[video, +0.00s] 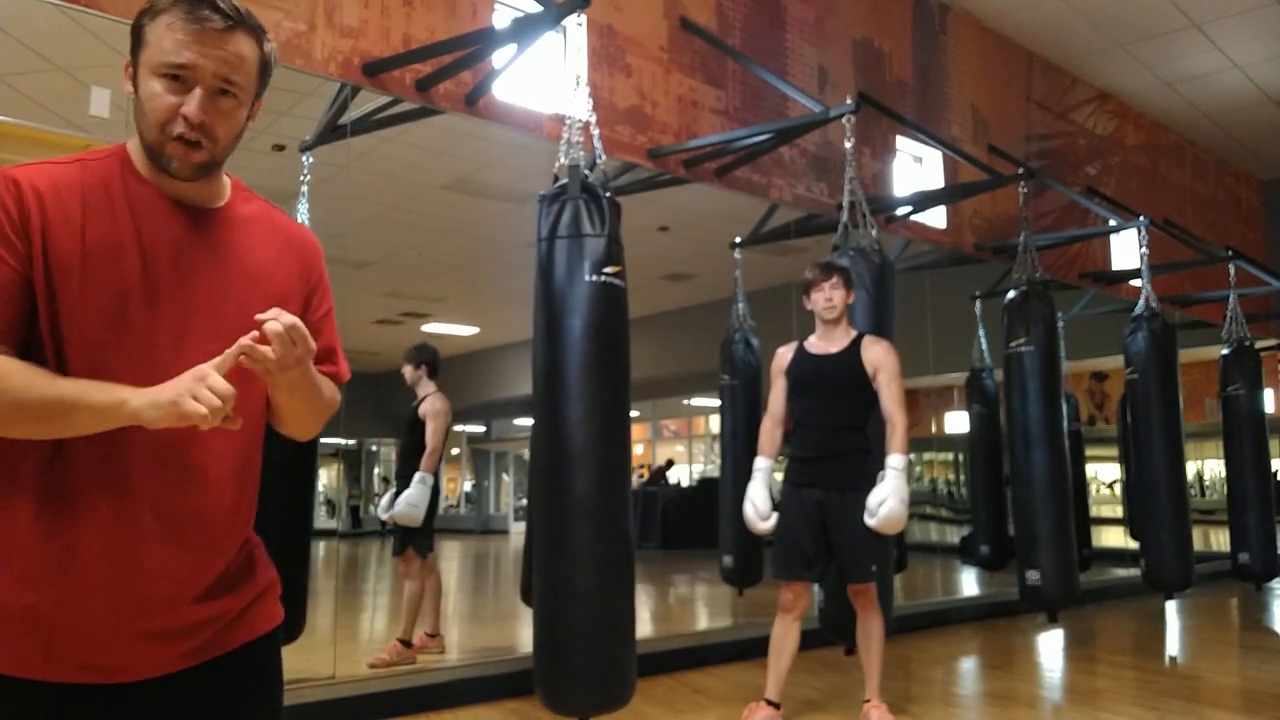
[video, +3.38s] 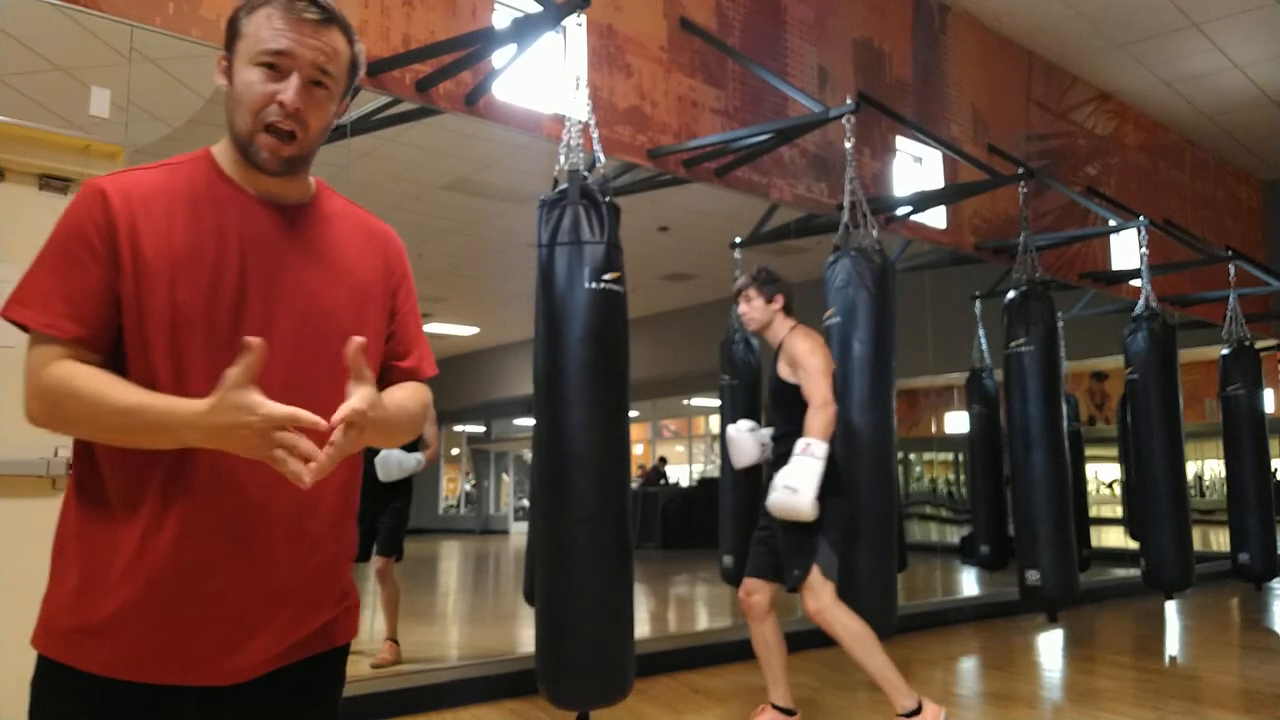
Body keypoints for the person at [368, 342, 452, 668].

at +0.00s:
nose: (403, 375)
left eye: (406, 369)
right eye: (403, 369)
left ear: (422, 369)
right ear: (421, 370)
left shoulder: (435, 403)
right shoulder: (421, 403)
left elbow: (433, 450)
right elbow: (409, 452)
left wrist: (418, 489)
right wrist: (394, 490)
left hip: (419, 485)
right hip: (411, 484)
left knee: (409, 564)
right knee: (425, 563)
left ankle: (404, 641)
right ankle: (430, 634)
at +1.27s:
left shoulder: (417, 392)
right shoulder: (391, 399)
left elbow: (422, 444)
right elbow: (389, 452)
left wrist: (409, 485)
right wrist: (371, 484)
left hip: (407, 481)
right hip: (389, 482)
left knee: (397, 566)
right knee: (374, 563)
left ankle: (403, 643)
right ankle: (414, 619)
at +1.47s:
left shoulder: (404, 393)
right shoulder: (380, 394)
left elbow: (408, 445)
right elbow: (385, 451)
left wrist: (396, 484)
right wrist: (368, 482)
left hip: (401, 479)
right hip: (384, 478)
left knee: (393, 563)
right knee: (370, 562)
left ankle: (403, 644)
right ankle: (383, 632)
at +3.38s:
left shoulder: (417, 398)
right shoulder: (355, 394)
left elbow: (433, 447)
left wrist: (414, 462)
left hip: (395, 487)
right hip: (358, 485)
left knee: (382, 567)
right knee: (345, 566)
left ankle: (391, 642)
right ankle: (338, 639)